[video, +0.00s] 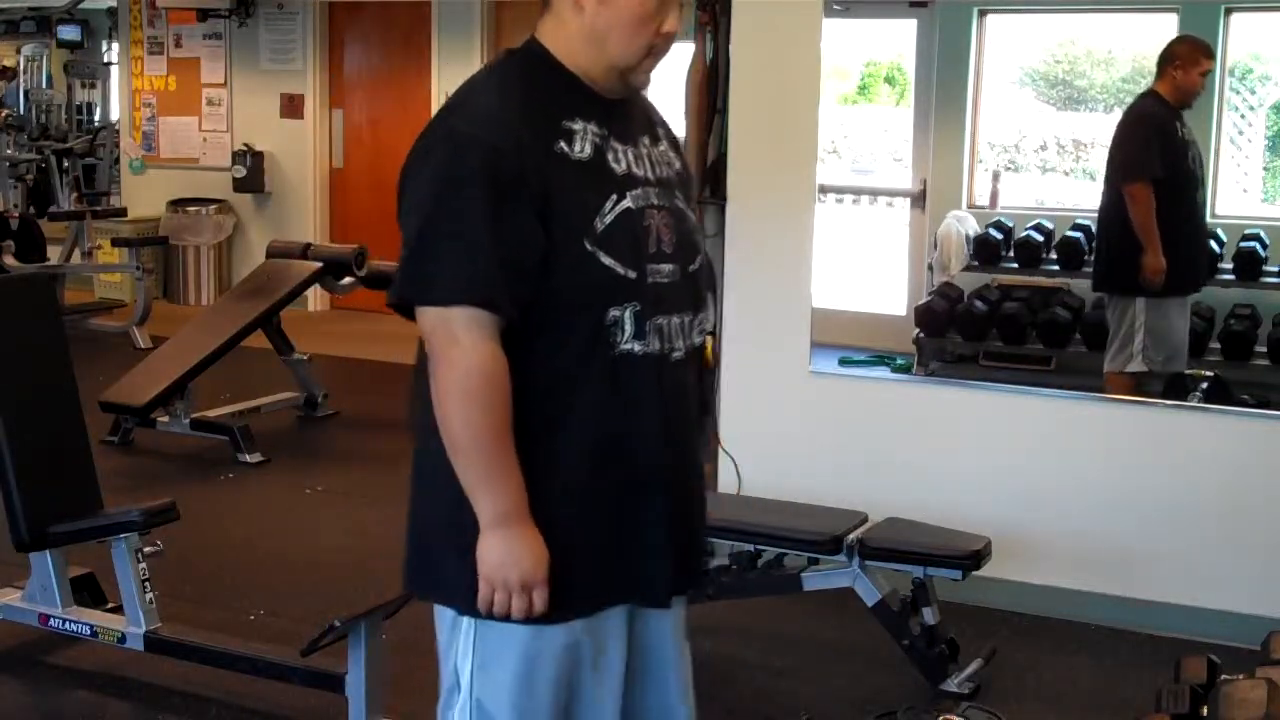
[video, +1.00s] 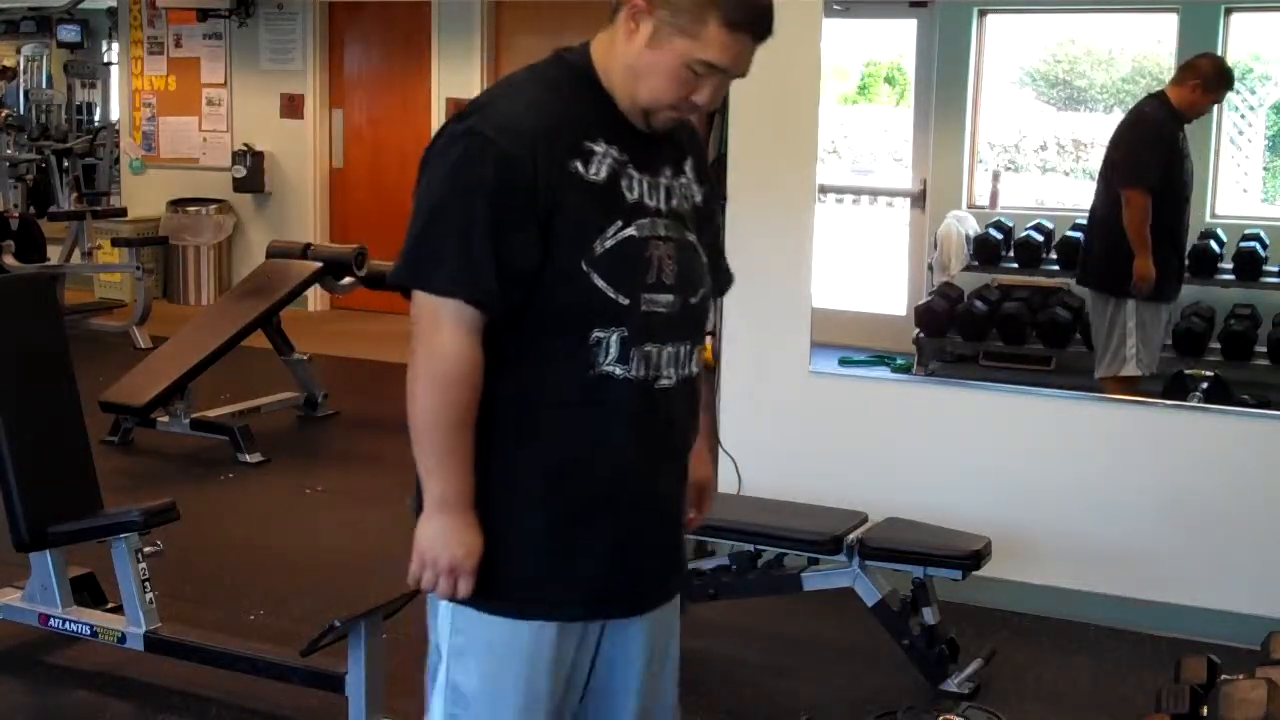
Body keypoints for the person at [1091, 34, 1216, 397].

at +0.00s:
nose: (1204, 85)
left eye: (1206, 77)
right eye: (1202, 75)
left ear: (1178, 71)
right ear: (1176, 69)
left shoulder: (1169, 117)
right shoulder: (1146, 115)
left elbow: (1169, 189)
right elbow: (1135, 187)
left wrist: (1183, 251)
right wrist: (1152, 250)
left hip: (1166, 265)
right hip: (1140, 266)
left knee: (1153, 369)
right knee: (1126, 370)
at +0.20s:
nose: (1207, 98)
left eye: (1211, 90)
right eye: (1207, 88)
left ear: (1183, 77)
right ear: (1182, 75)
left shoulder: (1175, 124)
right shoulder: (1145, 119)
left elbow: (1177, 194)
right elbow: (1132, 188)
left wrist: (1189, 253)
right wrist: (1149, 250)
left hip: (1169, 267)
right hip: (1141, 267)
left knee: (1159, 368)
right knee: (1136, 367)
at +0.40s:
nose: (1209, 104)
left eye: (1214, 98)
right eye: (1210, 95)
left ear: (1189, 81)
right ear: (1189, 79)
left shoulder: (1177, 126)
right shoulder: (1146, 120)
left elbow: (1174, 194)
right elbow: (1128, 189)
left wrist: (1180, 253)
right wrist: (1146, 250)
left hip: (1167, 268)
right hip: (1139, 269)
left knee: (1156, 374)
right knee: (1127, 372)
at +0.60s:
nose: (1210, 109)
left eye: (1216, 103)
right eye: (1212, 100)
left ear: (1194, 85)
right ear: (1194, 85)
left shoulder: (1175, 126)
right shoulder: (1148, 121)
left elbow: (1168, 196)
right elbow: (1130, 190)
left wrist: (1173, 259)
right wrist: (1143, 255)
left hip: (1162, 270)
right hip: (1135, 270)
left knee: (1149, 373)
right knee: (1125, 372)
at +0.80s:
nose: (1210, 114)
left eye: (1216, 107)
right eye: (1214, 105)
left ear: (1195, 86)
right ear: (1198, 89)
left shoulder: (1167, 123)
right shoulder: (1151, 122)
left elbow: (1151, 195)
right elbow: (1135, 194)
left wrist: (1162, 259)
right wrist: (1144, 259)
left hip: (1146, 272)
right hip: (1128, 273)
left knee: (1136, 375)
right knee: (1124, 376)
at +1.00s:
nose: (1209, 111)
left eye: (1214, 105)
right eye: (1212, 102)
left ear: (1192, 85)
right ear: (1195, 87)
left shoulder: (1165, 122)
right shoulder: (1150, 121)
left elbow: (1150, 194)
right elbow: (1134, 194)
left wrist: (1160, 258)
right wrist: (1143, 256)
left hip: (1145, 271)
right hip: (1129, 272)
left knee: (1128, 376)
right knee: (1123, 377)